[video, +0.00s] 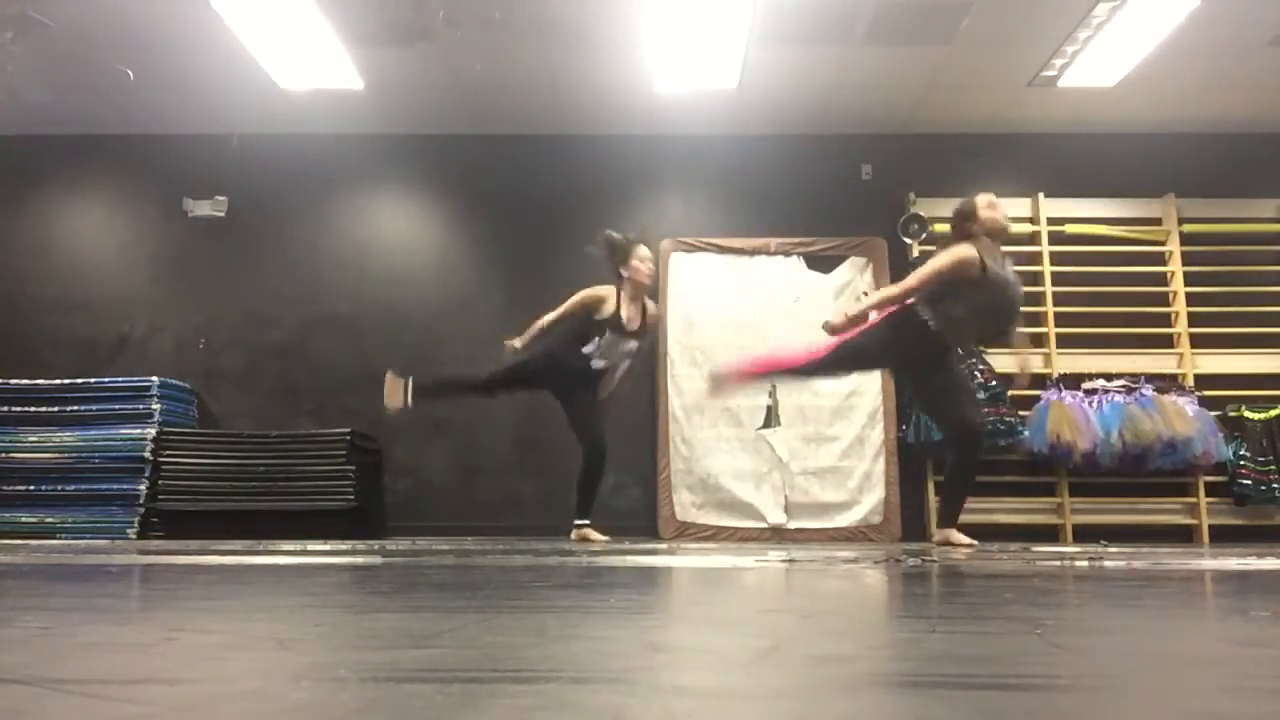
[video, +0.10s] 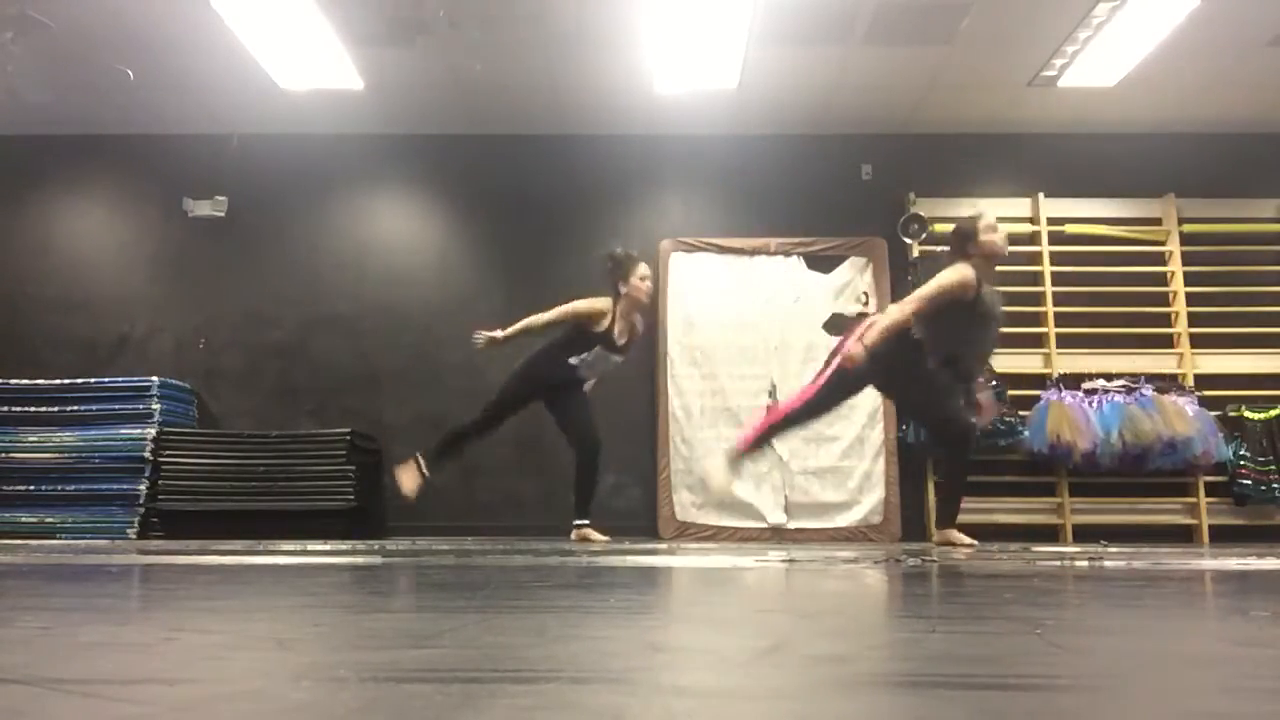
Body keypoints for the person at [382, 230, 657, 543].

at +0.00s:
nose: (652, 268)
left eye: (652, 262)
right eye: (644, 262)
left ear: (649, 269)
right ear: (625, 270)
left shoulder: (651, 314)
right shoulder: (602, 297)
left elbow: (629, 354)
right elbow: (555, 315)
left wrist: (613, 385)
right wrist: (522, 340)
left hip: (582, 385)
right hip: (553, 364)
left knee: (596, 449)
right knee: (488, 385)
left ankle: (582, 526)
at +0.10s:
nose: (650, 286)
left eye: (650, 280)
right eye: (643, 279)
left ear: (642, 285)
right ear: (623, 285)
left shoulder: (637, 326)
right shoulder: (600, 309)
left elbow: (606, 355)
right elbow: (550, 316)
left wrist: (592, 381)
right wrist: (504, 335)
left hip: (568, 388)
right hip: (540, 375)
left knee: (589, 446)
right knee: (486, 423)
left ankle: (582, 525)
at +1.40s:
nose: (494, 262)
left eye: (498, 258)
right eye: (488, 254)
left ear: (500, 266)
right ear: (468, 258)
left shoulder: (507, 290)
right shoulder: (452, 293)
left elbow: (548, 291)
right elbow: (411, 291)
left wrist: (590, 287)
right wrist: (370, 286)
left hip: (525, 382)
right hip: (493, 390)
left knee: (548, 442)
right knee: (459, 452)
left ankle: (586, 517)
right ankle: (460, 528)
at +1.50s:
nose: (514, 275)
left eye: (516, 270)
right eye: (508, 268)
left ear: (516, 273)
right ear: (486, 268)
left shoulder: (517, 298)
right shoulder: (466, 304)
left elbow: (542, 300)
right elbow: (417, 303)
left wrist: (566, 295)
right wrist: (371, 297)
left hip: (533, 394)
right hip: (499, 400)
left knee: (557, 447)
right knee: (458, 454)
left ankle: (592, 520)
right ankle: (460, 529)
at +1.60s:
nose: (538, 291)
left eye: (539, 285)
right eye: (531, 283)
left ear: (538, 292)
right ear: (509, 286)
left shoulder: (527, 318)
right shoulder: (492, 318)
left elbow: (532, 312)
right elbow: (459, 324)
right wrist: (427, 317)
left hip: (534, 409)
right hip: (499, 411)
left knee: (559, 451)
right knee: (455, 457)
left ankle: (590, 523)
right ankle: (459, 527)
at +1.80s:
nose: (577, 304)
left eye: (578, 298)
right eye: (570, 298)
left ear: (578, 302)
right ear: (550, 305)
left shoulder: (547, 331)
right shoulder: (541, 330)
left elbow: (513, 342)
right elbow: (532, 374)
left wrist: (489, 352)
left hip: (539, 419)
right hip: (510, 419)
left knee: (568, 455)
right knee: (461, 466)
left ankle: (590, 525)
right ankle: (456, 529)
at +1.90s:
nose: (592, 293)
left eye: (594, 286)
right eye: (585, 287)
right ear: (566, 293)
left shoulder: (567, 319)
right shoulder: (557, 318)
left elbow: (542, 355)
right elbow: (534, 361)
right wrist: (556, 400)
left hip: (545, 410)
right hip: (520, 411)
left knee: (573, 456)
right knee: (478, 469)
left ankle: (591, 526)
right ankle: (458, 528)